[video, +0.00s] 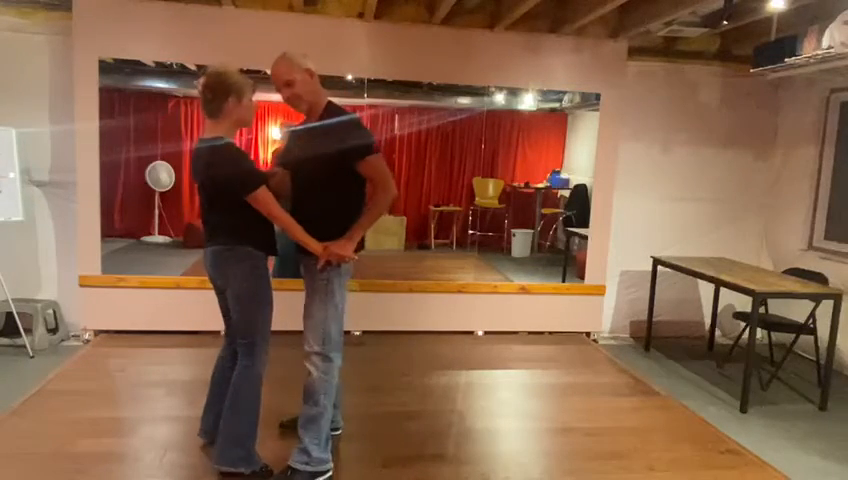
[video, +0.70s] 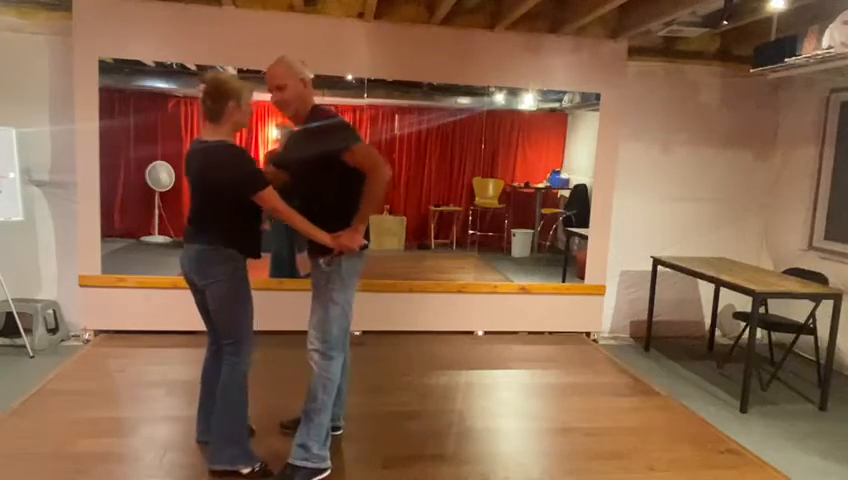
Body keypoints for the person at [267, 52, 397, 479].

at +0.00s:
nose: (284, 94)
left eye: (287, 84)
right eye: (279, 89)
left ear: (310, 75)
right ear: (281, 90)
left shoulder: (346, 125)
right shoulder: (299, 132)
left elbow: (386, 189)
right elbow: (278, 186)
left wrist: (350, 239)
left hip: (334, 252)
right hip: (308, 251)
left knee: (319, 351)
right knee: (321, 343)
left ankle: (314, 460)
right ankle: (326, 419)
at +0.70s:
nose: (275, 98)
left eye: (281, 88)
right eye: (271, 91)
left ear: (305, 84)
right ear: (276, 93)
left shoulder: (329, 126)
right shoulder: (298, 134)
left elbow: (380, 170)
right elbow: (281, 180)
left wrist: (358, 227)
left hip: (340, 251)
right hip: (323, 250)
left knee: (323, 348)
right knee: (331, 342)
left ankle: (312, 457)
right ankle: (329, 418)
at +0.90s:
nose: (277, 92)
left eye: (284, 84)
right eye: (273, 85)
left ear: (308, 84)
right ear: (274, 91)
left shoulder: (333, 124)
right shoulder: (291, 138)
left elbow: (388, 154)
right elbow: (264, 183)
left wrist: (379, 214)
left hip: (344, 252)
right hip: (320, 252)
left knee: (325, 351)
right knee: (318, 340)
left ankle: (313, 462)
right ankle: (325, 416)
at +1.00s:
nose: (281, 90)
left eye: (288, 82)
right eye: (277, 83)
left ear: (312, 82)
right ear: (276, 88)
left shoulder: (336, 120)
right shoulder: (292, 135)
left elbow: (390, 147)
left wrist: (383, 212)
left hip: (342, 250)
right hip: (317, 251)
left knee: (321, 350)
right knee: (312, 338)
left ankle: (313, 463)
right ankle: (323, 418)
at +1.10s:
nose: (283, 90)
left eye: (291, 83)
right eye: (279, 84)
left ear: (314, 84)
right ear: (279, 89)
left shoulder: (338, 120)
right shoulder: (292, 137)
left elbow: (391, 148)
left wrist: (384, 212)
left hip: (344, 251)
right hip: (316, 252)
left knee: (320, 349)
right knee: (299, 329)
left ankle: (314, 464)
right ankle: (322, 417)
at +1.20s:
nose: (284, 99)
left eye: (292, 91)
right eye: (281, 92)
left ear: (315, 91)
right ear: (282, 97)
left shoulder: (341, 127)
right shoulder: (292, 144)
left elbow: (393, 159)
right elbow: (253, 179)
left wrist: (381, 217)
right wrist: (189, 187)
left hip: (344, 255)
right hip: (315, 257)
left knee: (316, 351)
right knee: (291, 334)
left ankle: (314, 463)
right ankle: (321, 418)